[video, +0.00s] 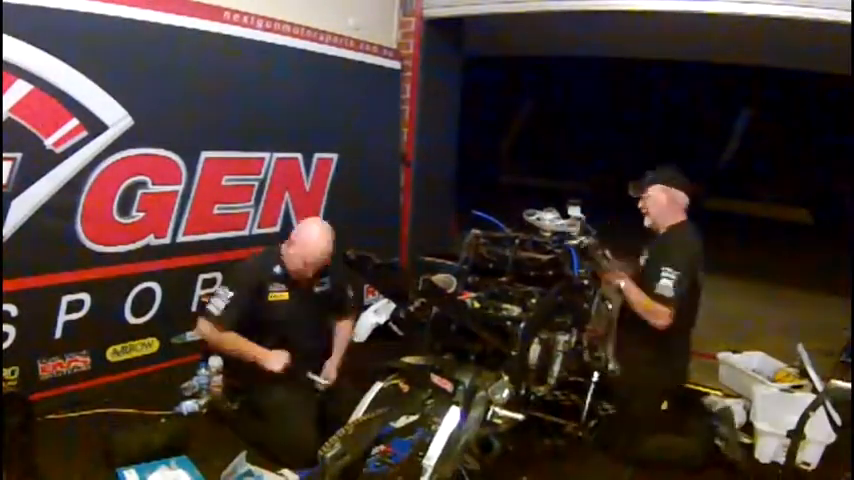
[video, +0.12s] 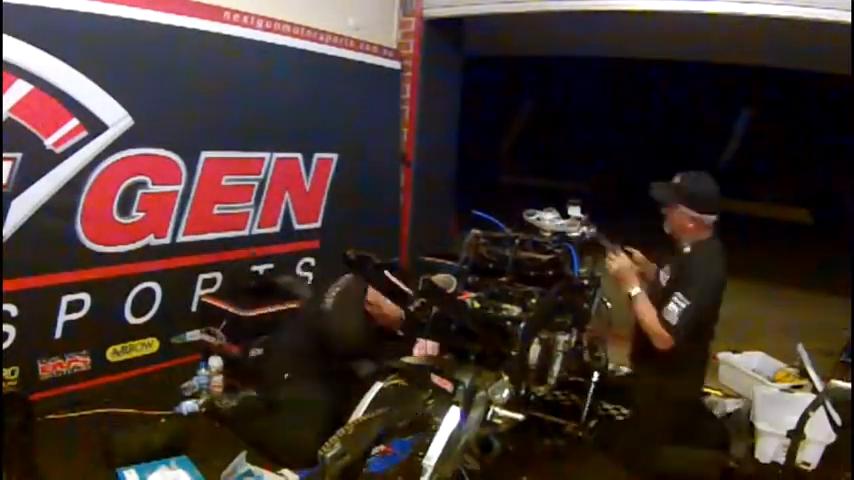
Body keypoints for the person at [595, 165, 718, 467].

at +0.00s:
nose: (640, 206)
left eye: (647, 197)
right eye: (641, 198)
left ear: (670, 197)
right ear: (667, 199)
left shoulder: (678, 245)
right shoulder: (667, 240)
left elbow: (662, 316)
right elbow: (650, 285)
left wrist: (623, 282)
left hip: (654, 374)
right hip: (642, 366)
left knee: (629, 449)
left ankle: (704, 445)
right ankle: (703, 427)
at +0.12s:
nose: (664, 215)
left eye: (671, 209)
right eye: (667, 208)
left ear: (693, 218)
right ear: (695, 219)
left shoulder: (705, 267)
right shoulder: (695, 252)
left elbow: (663, 338)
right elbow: (675, 293)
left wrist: (631, 286)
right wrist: (646, 270)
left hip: (668, 395)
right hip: (659, 384)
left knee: (646, 466)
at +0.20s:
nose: (640, 244)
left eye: (642, 235)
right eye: (637, 237)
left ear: (660, 218)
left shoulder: (691, 252)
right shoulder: (663, 249)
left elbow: (707, 327)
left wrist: (661, 352)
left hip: (680, 379)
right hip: (654, 374)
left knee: (665, 458)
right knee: (645, 454)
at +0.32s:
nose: (621, 228)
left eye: (623, 218)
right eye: (619, 221)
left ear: (643, 207)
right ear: (647, 209)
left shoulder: (664, 233)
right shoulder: (653, 238)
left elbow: (641, 269)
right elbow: (625, 290)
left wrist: (590, 244)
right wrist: (596, 253)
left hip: (656, 370)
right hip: (643, 366)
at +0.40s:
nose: (645, 240)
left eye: (655, 230)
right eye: (638, 229)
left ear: (680, 222)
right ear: (630, 226)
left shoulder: (712, 266)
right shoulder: (625, 267)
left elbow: (748, 340)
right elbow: (619, 333)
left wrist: (708, 391)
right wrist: (604, 395)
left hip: (695, 399)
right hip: (642, 394)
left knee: (686, 463)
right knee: (630, 469)